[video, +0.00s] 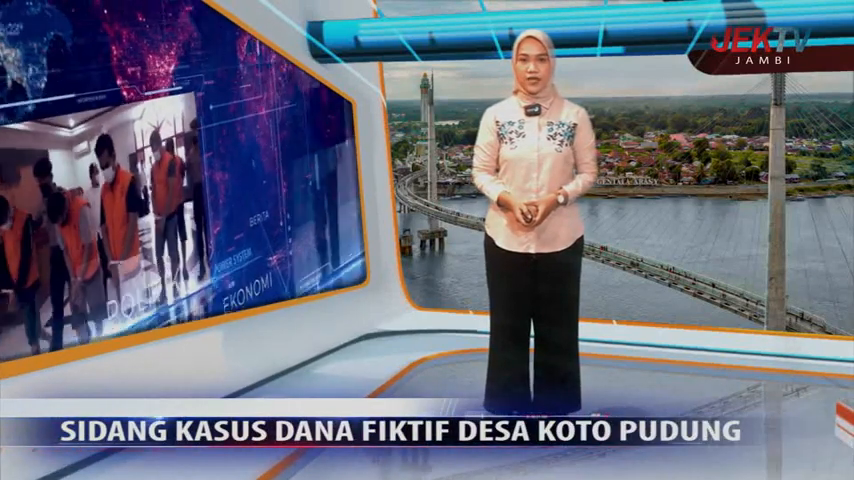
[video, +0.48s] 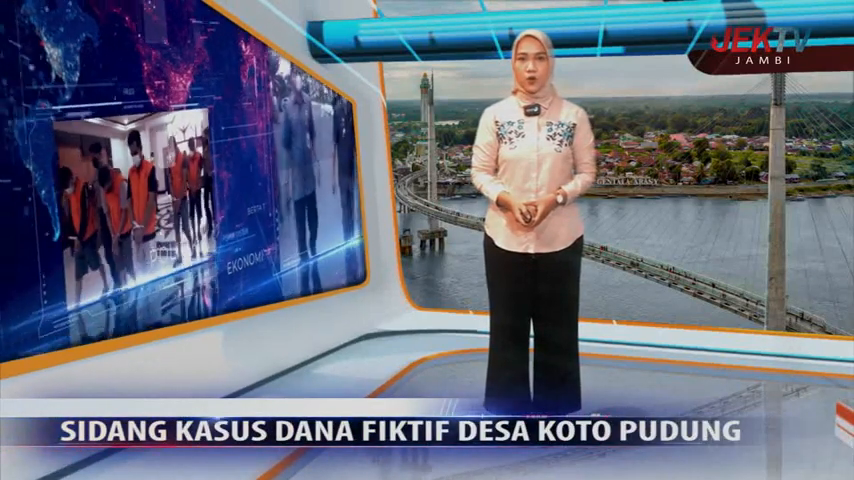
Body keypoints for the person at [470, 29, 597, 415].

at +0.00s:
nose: (532, 67)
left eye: (541, 59)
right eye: (524, 59)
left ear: (552, 65)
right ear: (513, 65)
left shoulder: (575, 116)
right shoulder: (495, 116)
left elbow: (588, 173)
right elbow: (481, 172)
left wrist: (554, 199)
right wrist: (509, 201)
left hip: (559, 243)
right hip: (507, 244)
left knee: (558, 338)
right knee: (508, 336)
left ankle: (557, 422)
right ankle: (507, 422)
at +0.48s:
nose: (531, 66)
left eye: (539, 58)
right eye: (523, 58)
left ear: (551, 64)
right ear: (513, 64)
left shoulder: (574, 116)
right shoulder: (494, 116)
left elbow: (587, 174)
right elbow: (480, 172)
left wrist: (553, 198)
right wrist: (508, 201)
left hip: (559, 243)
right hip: (506, 244)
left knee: (558, 339)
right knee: (507, 337)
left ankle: (557, 423)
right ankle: (506, 423)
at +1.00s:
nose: (531, 67)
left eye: (539, 59)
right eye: (523, 59)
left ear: (551, 64)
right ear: (513, 65)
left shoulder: (573, 116)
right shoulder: (494, 116)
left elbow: (587, 174)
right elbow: (480, 172)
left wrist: (553, 199)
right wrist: (508, 201)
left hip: (559, 243)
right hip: (506, 244)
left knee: (558, 339)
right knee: (507, 337)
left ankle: (558, 423)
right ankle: (506, 423)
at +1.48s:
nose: (531, 67)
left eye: (539, 59)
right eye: (523, 60)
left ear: (551, 65)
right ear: (513, 65)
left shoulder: (573, 116)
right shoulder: (494, 116)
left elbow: (586, 173)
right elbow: (479, 171)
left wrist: (553, 199)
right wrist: (508, 201)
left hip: (558, 243)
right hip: (506, 243)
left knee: (558, 337)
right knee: (507, 336)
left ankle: (557, 422)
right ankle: (507, 422)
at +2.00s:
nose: (531, 67)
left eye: (539, 60)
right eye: (523, 60)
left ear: (551, 65)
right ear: (512, 65)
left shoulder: (573, 115)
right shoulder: (493, 115)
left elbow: (587, 171)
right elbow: (479, 171)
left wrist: (560, 189)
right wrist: (507, 197)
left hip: (558, 242)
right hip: (506, 243)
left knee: (558, 337)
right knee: (507, 336)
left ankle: (558, 422)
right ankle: (506, 422)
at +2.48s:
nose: (531, 67)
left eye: (540, 60)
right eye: (523, 60)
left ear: (551, 65)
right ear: (512, 65)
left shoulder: (573, 115)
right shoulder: (494, 116)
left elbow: (587, 172)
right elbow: (479, 171)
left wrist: (558, 187)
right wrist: (507, 196)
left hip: (559, 241)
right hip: (507, 242)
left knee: (558, 337)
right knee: (508, 336)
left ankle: (558, 422)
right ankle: (506, 422)